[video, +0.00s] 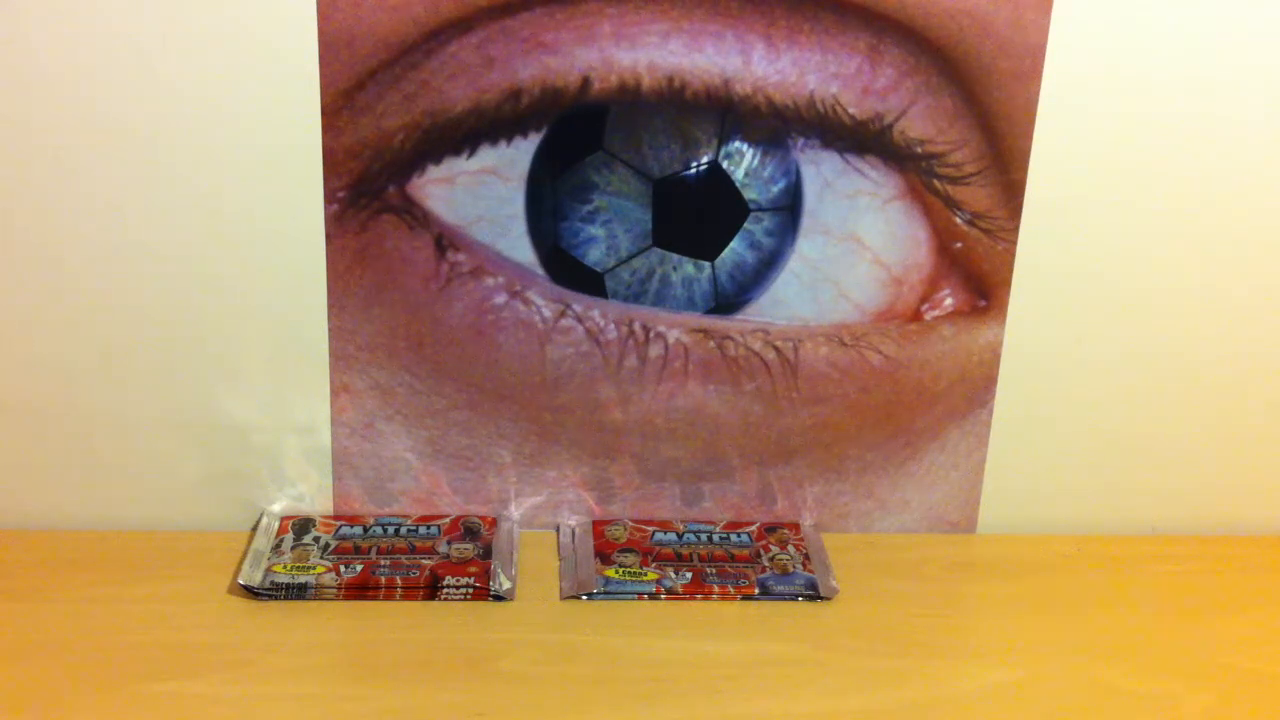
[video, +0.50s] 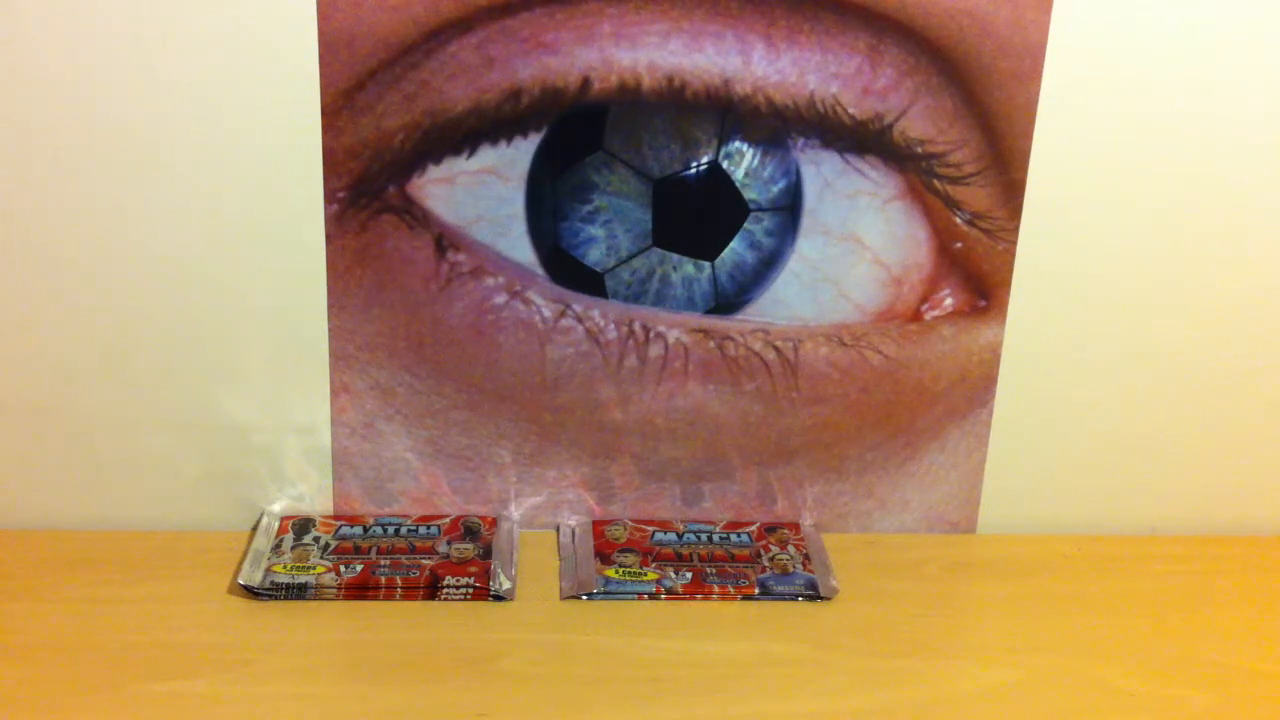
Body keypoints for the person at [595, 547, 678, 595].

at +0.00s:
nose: (621, 560)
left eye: (626, 557)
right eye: (619, 557)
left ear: (638, 558)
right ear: (616, 558)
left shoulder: (651, 573)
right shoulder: (609, 571)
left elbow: (673, 589)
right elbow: (596, 589)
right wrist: (597, 574)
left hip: (640, 606)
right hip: (612, 605)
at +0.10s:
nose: (621, 560)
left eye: (626, 557)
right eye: (619, 557)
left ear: (638, 558)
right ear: (616, 558)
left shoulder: (651, 573)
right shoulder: (609, 571)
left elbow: (673, 589)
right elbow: (596, 589)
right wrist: (596, 574)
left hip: (641, 606)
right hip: (612, 605)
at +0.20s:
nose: (621, 560)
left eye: (626, 557)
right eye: (619, 557)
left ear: (638, 558)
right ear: (615, 558)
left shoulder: (651, 573)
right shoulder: (609, 571)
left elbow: (673, 589)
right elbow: (596, 589)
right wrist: (596, 574)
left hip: (641, 606)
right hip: (612, 605)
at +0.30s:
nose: (621, 560)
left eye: (626, 557)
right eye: (619, 557)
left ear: (638, 557)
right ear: (616, 557)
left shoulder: (651, 573)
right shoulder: (609, 571)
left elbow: (675, 590)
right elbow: (596, 589)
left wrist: (667, 574)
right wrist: (596, 574)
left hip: (641, 607)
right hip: (613, 606)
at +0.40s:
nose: (621, 560)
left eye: (626, 557)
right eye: (619, 557)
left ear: (638, 558)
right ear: (616, 558)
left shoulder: (651, 573)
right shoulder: (609, 571)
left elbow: (674, 590)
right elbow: (597, 589)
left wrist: (668, 575)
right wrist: (596, 574)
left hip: (641, 606)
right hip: (613, 606)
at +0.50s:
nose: (621, 560)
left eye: (626, 557)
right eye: (619, 557)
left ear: (638, 558)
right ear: (615, 558)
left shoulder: (651, 573)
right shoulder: (609, 571)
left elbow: (673, 589)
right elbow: (596, 589)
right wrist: (596, 574)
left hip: (640, 606)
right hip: (612, 605)